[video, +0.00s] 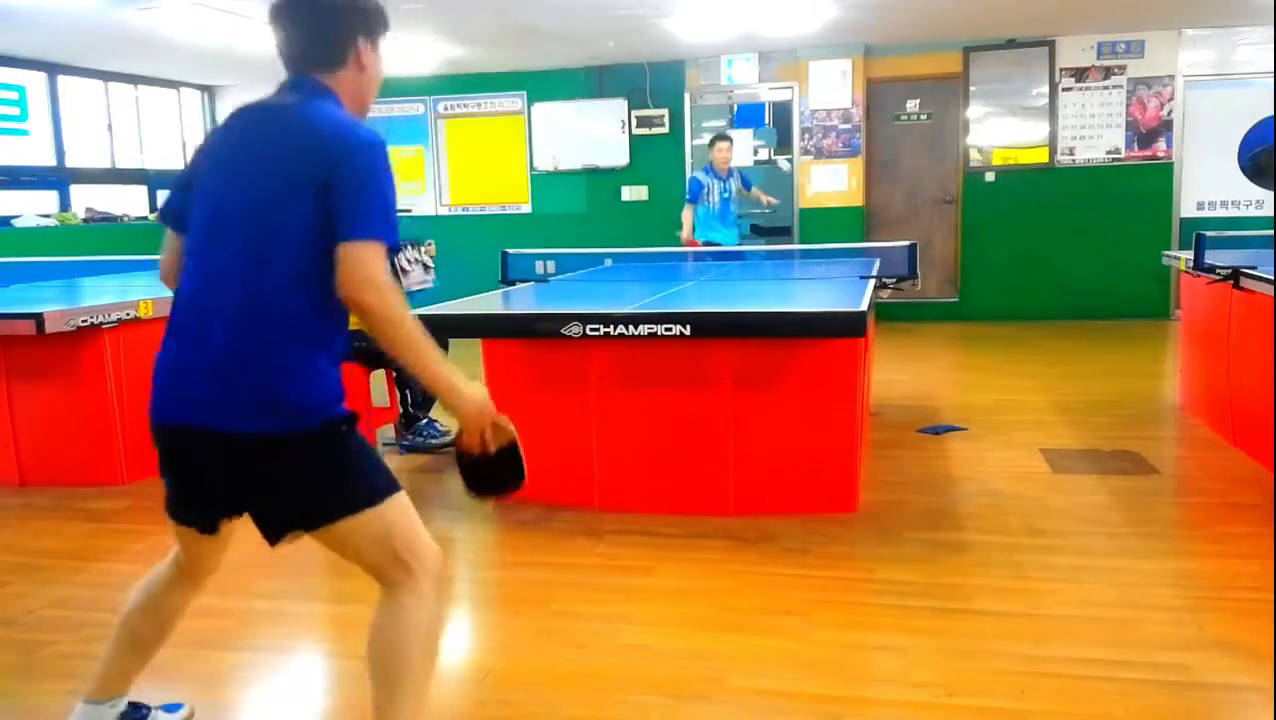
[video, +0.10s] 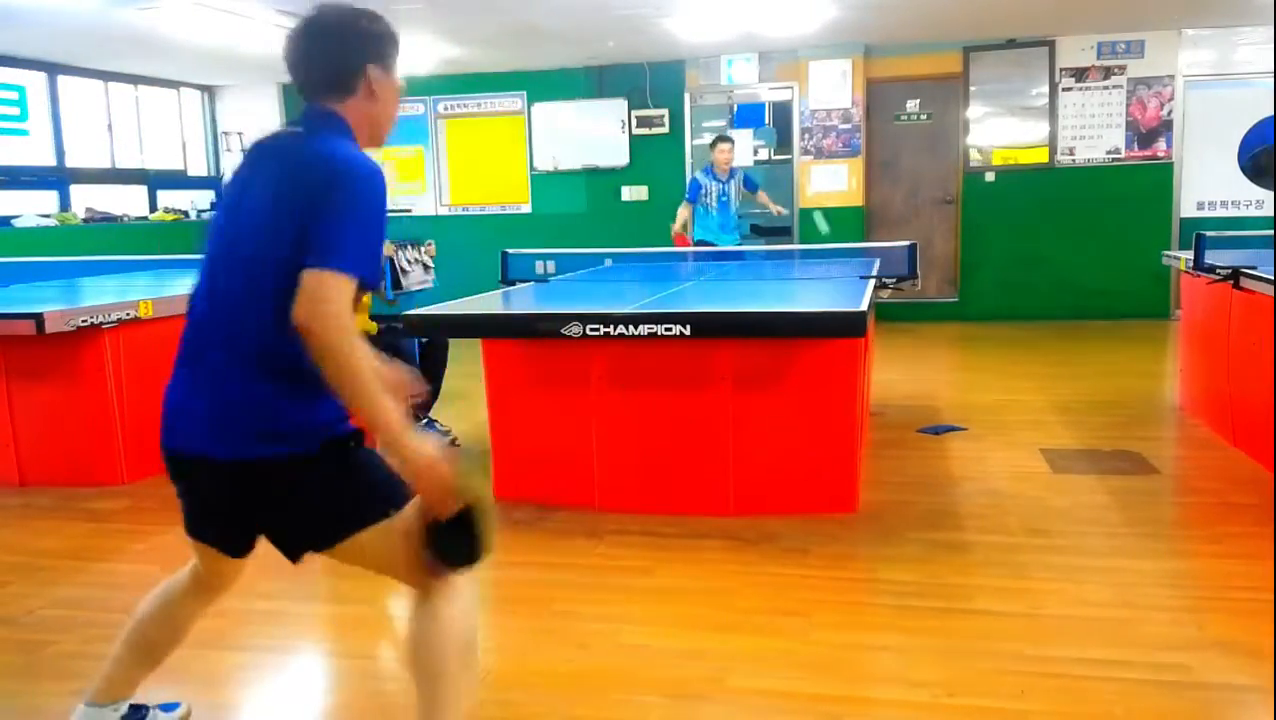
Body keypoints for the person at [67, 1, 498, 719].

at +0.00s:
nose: (380, 72)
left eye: (380, 54)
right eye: (380, 54)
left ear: (293, 49)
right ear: (361, 51)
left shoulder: (228, 132)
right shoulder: (351, 144)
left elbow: (175, 264)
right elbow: (363, 282)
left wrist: (282, 304)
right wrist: (458, 392)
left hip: (186, 407)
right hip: (285, 414)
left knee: (192, 556)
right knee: (414, 569)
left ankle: (98, 704)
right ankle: (399, 712)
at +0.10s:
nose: (401, 91)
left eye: (398, 76)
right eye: (396, 76)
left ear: (310, 83)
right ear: (368, 80)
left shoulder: (261, 160)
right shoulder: (352, 172)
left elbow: (263, 309)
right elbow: (321, 314)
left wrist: (369, 369)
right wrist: (406, 445)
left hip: (197, 436)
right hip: (285, 446)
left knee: (210, 568)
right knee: (442, 567)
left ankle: (100, 705)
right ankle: (445, 711)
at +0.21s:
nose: (487, 98)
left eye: (484, 81)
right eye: (481, 79)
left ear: (428, 81)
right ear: (450, 82)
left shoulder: (400, 163)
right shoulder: (387, 165)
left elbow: (427, 279)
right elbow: (288, 289)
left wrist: (550, 288)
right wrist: (274, 451)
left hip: (304, 441)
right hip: (365, 445)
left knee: (213, 590)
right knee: (537, 552)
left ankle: (99, 706)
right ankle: (525, 709)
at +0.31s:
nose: (603, 87)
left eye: (598, 70)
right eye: (596, 69)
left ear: (538, 82)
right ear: (566, 80)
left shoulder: (518, 172)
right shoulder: (469, 180)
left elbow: (556, 226)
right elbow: (323, 264)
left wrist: (650, 235)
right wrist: (230, 398)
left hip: (377, 436)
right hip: (421, 446)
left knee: (298, 568)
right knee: (599, 577)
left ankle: (159, 681)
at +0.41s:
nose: (744, 100)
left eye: (739, 82)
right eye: (733, 82)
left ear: (685, 87)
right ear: (697, 89)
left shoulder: (655, 179)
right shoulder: (601, 166)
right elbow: (450, 240)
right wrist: (362, 362)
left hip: (482, 420)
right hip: (504, 431)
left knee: (391, 539)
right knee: (655, 615)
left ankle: (268, 635)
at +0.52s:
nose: (872, 61)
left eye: (870, 43)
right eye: (867, 41)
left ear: (789, 42)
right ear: (835, 44)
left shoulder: (718, 105)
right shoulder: (775, 135)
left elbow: (575, 165)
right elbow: (687, 240)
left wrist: (534, 231)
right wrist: (710, 344)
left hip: (565, 361)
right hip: (628, 394)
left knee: (536, 500)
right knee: (687, 632)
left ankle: (471, 630)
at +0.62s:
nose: (947, 21)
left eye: (945, 8)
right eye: (942, 8)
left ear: (861, 5)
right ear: (910, 7)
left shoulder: (754, 64)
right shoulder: (931, 84)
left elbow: (639, 176)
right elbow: (1071, 174)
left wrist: (620, 250)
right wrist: (1159, 188)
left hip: (691, 334)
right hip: (779, 356)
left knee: (738, 483)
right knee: (718, 610)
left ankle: (734, 620)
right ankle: (605, 715)